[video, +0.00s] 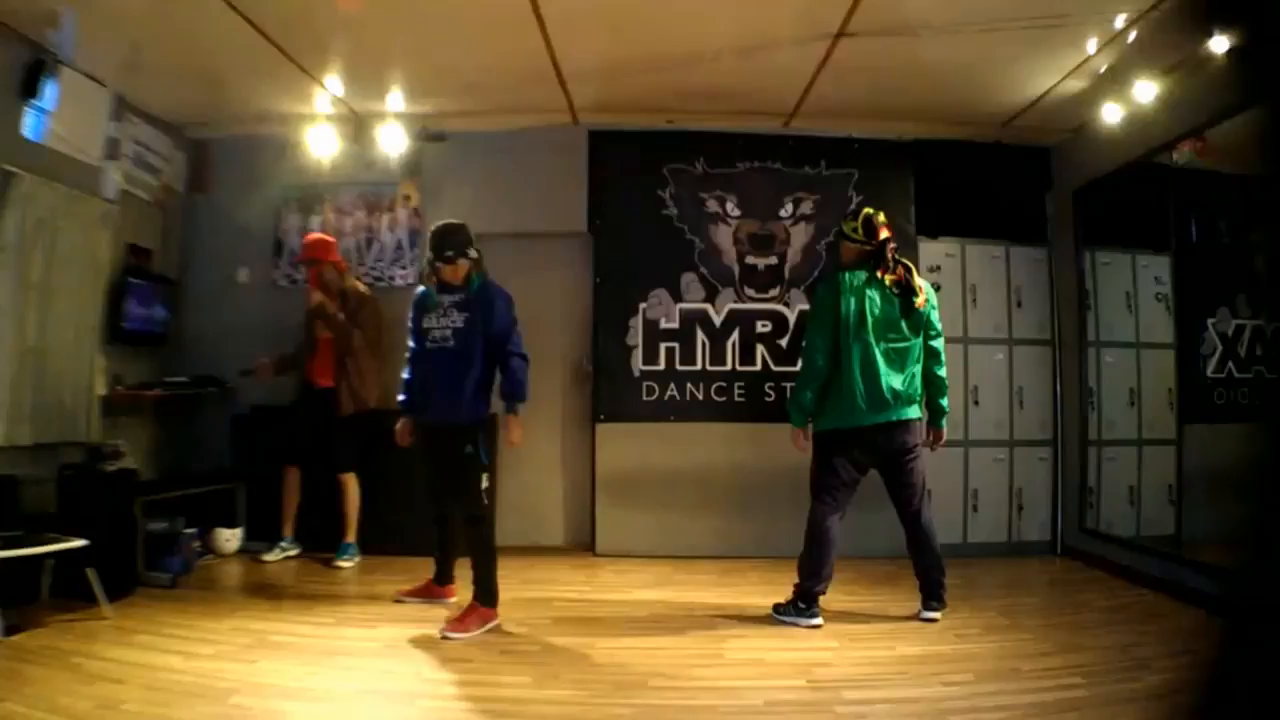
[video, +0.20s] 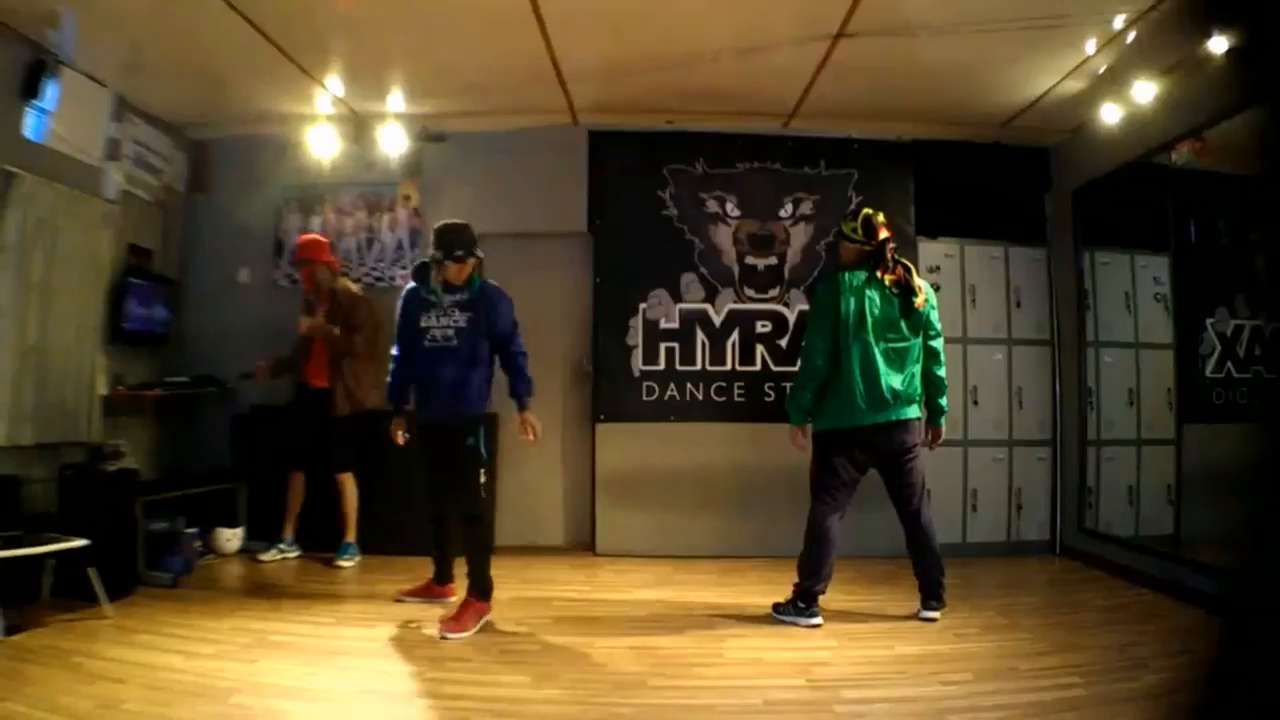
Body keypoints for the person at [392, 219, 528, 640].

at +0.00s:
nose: (449, 270)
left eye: (456, 262)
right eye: (442, 263)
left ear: (471, 259)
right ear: (432, 262)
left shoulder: (491, 298)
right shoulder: (425, 298)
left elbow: (513, 352)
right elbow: (415, 356)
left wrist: (513, 409)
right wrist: (406, 410)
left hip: (472, 417)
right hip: (433, 417)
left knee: (475, 509)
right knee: (441, 501)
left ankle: (485, 604)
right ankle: (442, 580)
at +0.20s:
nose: (457, 270)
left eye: (463, 262)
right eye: (450, 262)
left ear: (475, 260)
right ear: (437, 260)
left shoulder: (490, 298)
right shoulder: (416, 296)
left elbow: (513, 350)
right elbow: (403, 352)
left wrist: (524, 405)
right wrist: (399, 408)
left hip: (472, 415)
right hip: (430, 415)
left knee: (474, 506)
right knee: (438, 500)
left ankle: (479, 596)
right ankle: (442, 579)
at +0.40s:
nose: (476, 275)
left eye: (480, 268)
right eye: (471, 267)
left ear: (480, 266)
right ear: (451, 260)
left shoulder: (483, 300)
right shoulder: (409, 293)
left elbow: (497, 352)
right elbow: (389, 350)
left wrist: (508, 399)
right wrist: (381, 407)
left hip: (468, 412)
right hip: (426, 413)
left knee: (467, 500)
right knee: (434, 495)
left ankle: (469, 593)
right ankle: (442, 578)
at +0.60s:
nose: (471, 276)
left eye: (476, 269)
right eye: (465, 268)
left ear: (481, 267)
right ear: (446, 261)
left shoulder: (482, 302)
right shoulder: (408, 292)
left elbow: (494, 358)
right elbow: (384, 339)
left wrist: (498, 412)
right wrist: (378, 383)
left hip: (467, 414)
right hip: (423, 413)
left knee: (467, 505)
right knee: (432, 499)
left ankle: (471, 599)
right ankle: (442, 577)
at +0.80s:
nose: (441, 270)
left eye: (449, 262)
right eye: (435, 261)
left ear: (466, 259)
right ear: (427, 258)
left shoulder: (486, 299)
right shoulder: (413, 290)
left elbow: (508, 352)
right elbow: (392, 338)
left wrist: (517, 405)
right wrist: (375, 379)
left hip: (463, 416)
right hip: (423, 415)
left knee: (466, 506)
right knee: (430, 497)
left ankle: (468, 604)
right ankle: (440, 578)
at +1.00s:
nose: (409, 270)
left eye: (413, 261)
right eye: (406, 262)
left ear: (434, 253)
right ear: (415, 258)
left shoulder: (479, 289)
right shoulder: (419, 289)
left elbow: (508, 339)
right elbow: (409, 348)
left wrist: (516, 389)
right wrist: (390, 398)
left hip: (466, 414)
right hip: (425, 414)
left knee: (467, 508)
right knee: (421, 496)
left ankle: (468, 604)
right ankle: (435, 574)